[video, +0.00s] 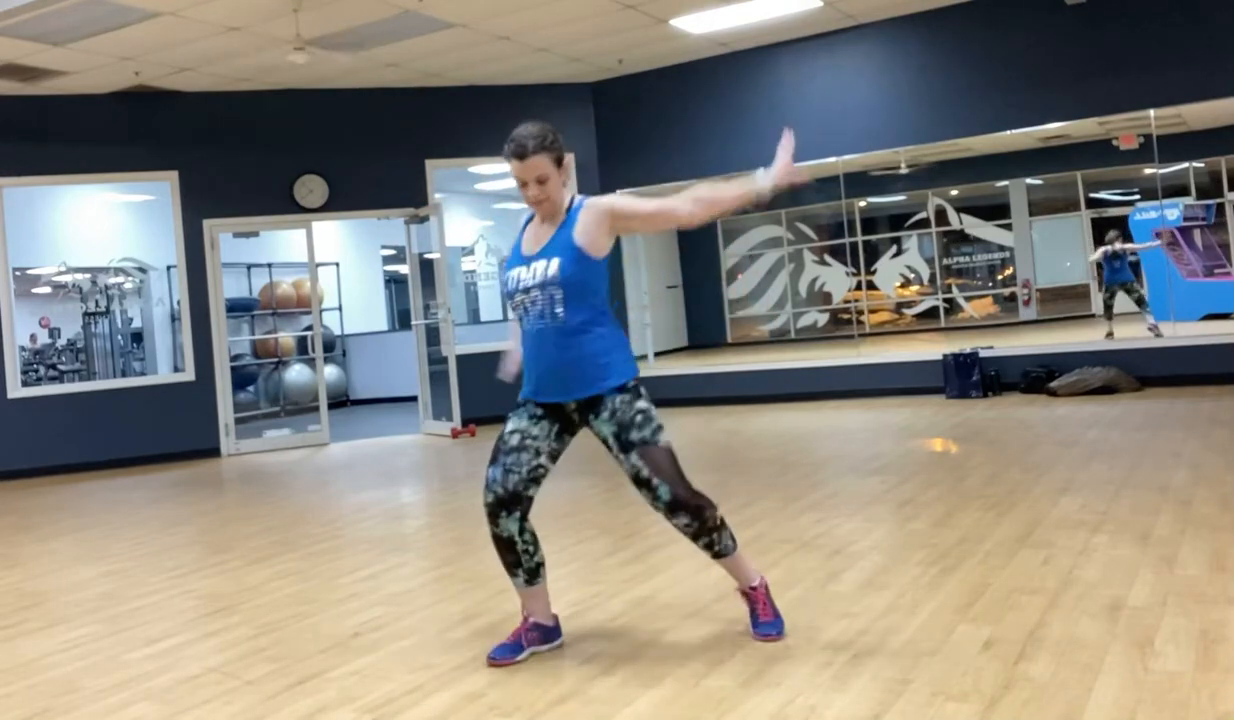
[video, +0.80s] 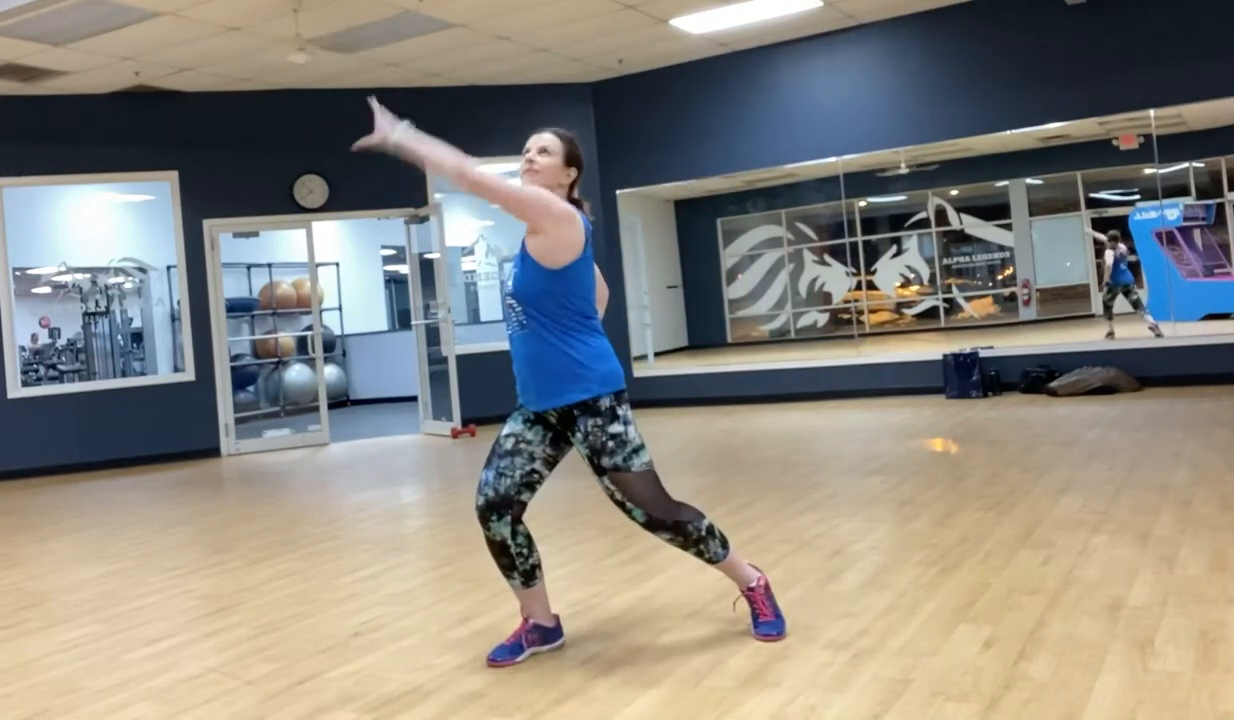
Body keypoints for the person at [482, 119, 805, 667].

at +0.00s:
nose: (532, 194)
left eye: (541, 180)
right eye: (521, 184)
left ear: (566, 168)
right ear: (513, 181)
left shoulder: (600, 213)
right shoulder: (526, 231)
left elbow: (687, 208)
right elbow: (534, 301)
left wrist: (769, 180)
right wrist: (519, 348)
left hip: (608, 390)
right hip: (542, 398)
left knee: (672, 497)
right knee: (501, 499)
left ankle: (752, 583)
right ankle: (539, 620)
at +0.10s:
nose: (529, 195)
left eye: (538, 182)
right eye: (519, 185)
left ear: (563, 173)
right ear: (510, 182)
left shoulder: (593, 223)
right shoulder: (527, 233)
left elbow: (674, 240)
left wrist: (759, 240)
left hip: (603, 395)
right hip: (540, 401)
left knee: (665, 500)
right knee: (499, 502)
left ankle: (752, 584)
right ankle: (539, 620)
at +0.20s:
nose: (527, 191)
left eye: (536, 179)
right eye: (518, 181)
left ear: (562, 174)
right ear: (511, 182)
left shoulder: (583, 231)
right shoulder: (532, 232)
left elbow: (637, 291)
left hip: (598, 398)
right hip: (538, 404)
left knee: (656, 503)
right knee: (494, 502)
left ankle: (751, 583)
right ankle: (539, 621)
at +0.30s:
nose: (526, 187)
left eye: (535, 176)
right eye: (518, 178)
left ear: (563, 174)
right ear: (511, 182)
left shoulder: (576, 235)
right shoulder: (534, 237)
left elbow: (606, 319)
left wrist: (636, 380)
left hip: (594, 402)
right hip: (538, 408)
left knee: (659, 507)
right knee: (492, 502)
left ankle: (751, 582)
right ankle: (539, 621)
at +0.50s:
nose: (526, 174)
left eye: (538, 165)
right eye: (521, 166)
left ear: (566, 174)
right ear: (517, 175)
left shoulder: (567, 231)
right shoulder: (542, 234)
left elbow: (507, 297)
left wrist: (441, 331)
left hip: (597, 398)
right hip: (544, 405)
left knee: (657, 508)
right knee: (491, 502)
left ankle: (753, 581)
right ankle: (540, 620)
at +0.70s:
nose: (528, 163)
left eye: (542, 156)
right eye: (524, 155)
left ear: (570, 174)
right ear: (521, 165)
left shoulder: (557, 220)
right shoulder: (551, 228)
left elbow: (459, 207)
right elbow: (599, 293)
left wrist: (385, 195)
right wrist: (570, 342)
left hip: (593, 396)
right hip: (542, 402)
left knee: (654, 511)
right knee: (495, 502)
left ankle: (750, 580)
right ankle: (538, 622)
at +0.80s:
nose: (526, 162)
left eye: (539, 156)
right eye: (524, 154)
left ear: (570, 174)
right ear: (527, 167)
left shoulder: (559, 216)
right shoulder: (552, 226)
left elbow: (470, 175)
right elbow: (598, 291)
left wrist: (397, 133)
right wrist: (570, 338)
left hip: (591, 397)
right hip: (540, 403)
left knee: (653, 509)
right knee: (495, 506)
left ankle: (750, 581)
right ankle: (540, 620)